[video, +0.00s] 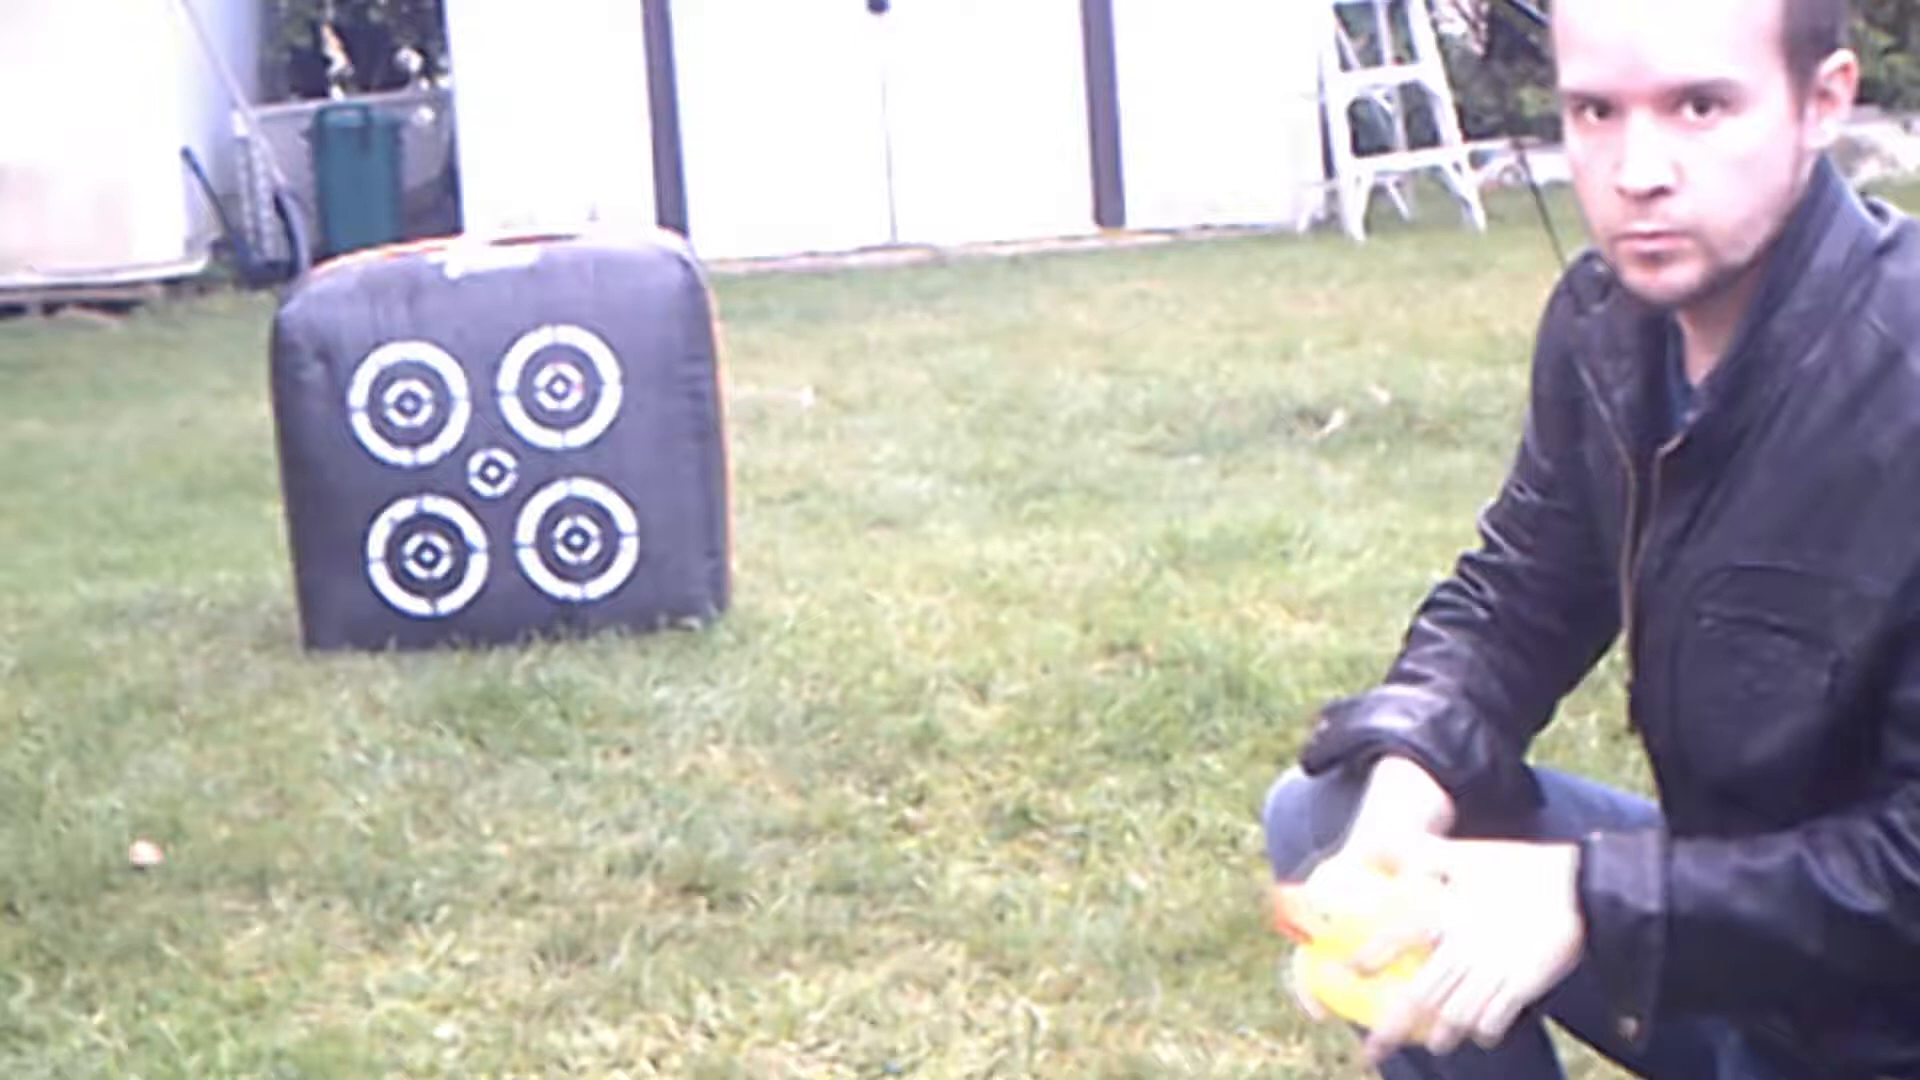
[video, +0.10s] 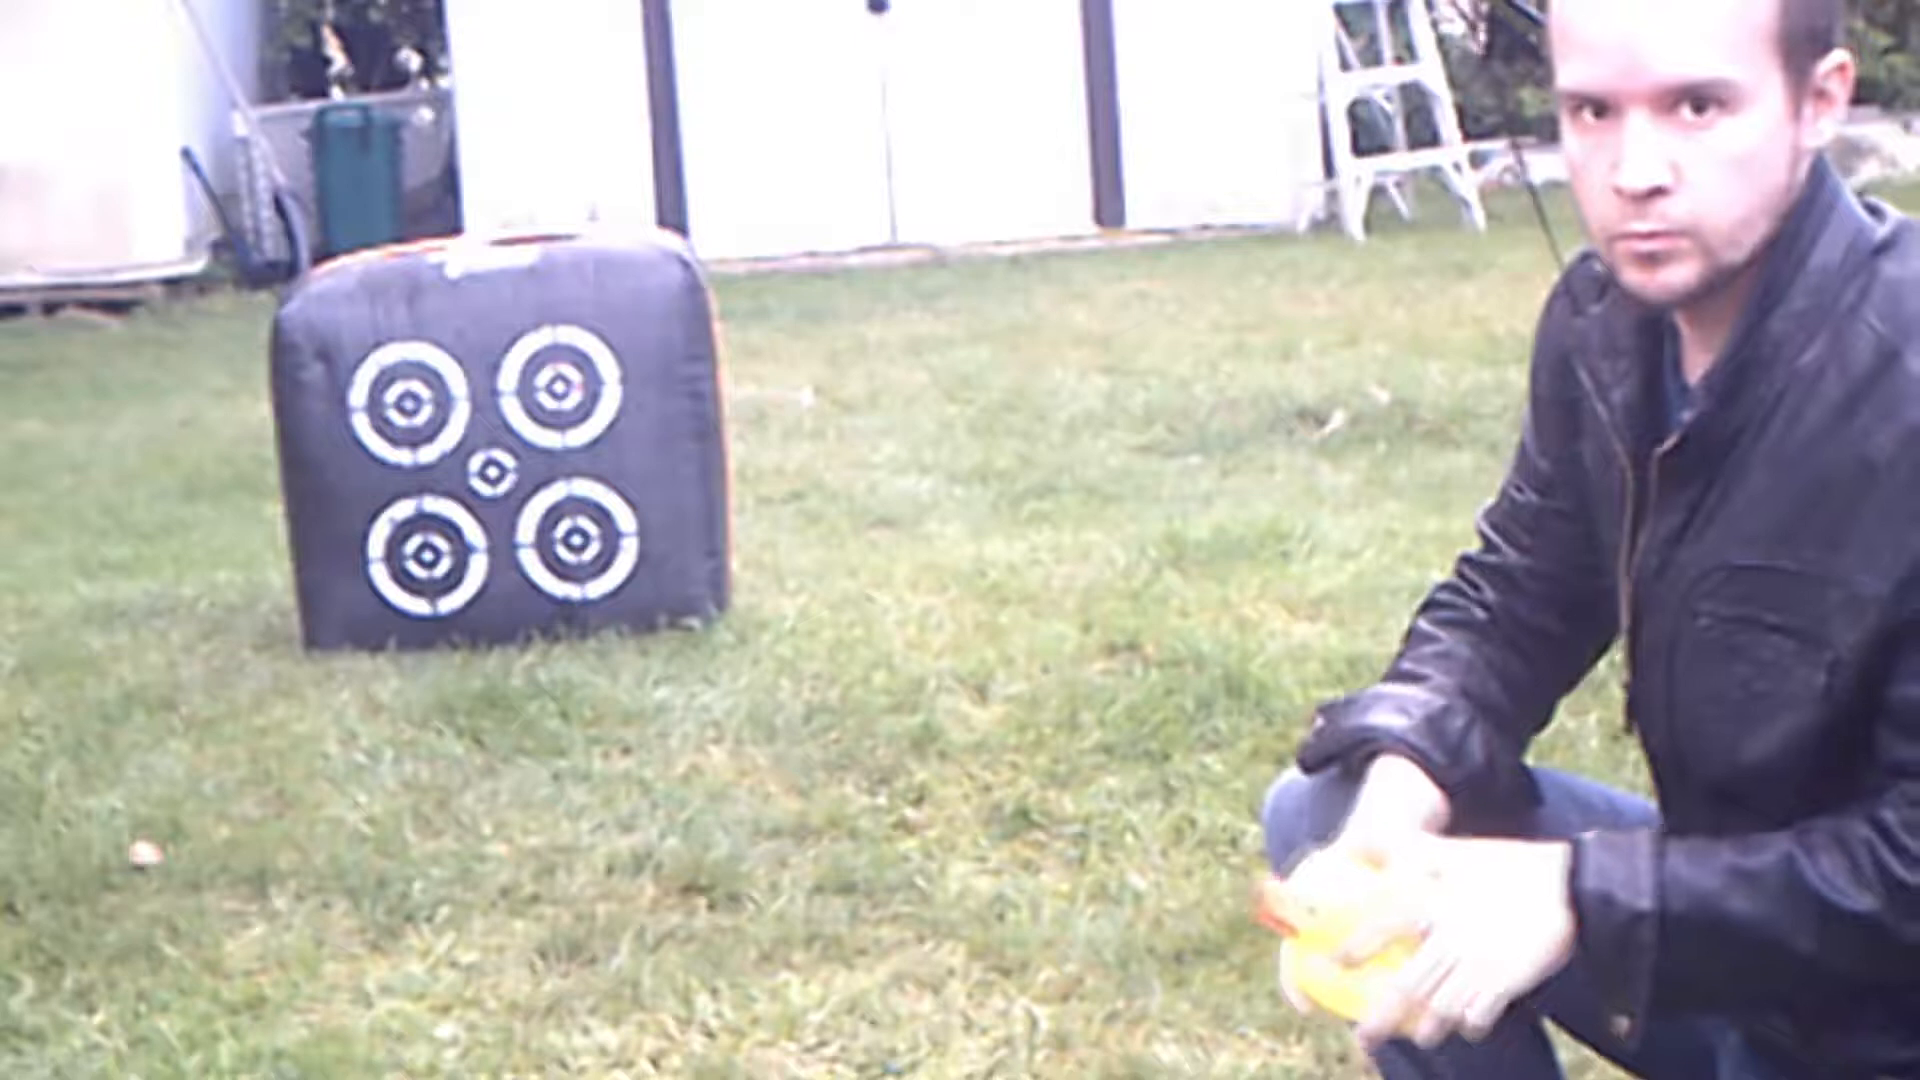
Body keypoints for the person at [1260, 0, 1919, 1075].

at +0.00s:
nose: (1638, 176)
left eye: (1701, 108)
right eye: (1596, 113)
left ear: (1825, 102)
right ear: (1561, 119)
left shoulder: (1899, 364)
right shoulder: (1603, 316)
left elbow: (1907, 858)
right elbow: (1520, 595)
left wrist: (1597, 896)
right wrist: (1412, 772)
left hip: (1878, 1022)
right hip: (1713, 926)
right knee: (1329, 815)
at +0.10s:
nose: (1636, 175)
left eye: (1699, 107)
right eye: (1593, 114)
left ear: (1822, 102)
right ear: (1558, 120)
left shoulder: (1898, 366)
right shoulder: (1601, 315)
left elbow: (1906, 859)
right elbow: (1519, 596)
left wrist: (1585, 893)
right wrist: (1407, 775)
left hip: (1876, 1021)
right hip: (1712, 927)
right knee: (1330, 810)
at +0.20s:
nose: (1628, 174)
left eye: (1691, 106)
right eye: (1584, 113)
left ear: (1812, 101)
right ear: (1549, 118)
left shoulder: (1899, 368)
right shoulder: (1592, 315)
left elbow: (1901, 858)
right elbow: (1512, 601)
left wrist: (1567, 881)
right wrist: (1400, 766)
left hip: (1875, 1030)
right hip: (1716, 938)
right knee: (1332, 807)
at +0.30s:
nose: (1622, 174)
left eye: (1684, 105)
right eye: (1578, 113)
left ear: (1805, 100)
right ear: (1543, 118)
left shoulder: (1902, 372)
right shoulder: (1584, 315)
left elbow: (1903, 853)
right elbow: (1509, 605)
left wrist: (1561, 864)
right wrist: (1393, 759)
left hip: (1877, 1034)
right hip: (1718, 951)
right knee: (1338, 805)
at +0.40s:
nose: (1616, 170)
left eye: (1678, 103)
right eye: (1574, 110)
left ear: (1801, 99)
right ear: (1538, 117)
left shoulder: (1899, 369)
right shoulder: (1579, 318)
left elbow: (1904, 846)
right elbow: (1508, 608)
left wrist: (1568, 858)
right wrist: (1384, 754)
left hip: (1877, 1032)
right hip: (1714, 959)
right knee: (1369, 845)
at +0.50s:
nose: (1614, 168)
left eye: (1675, 101)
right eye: (1572, 109)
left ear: (1798, 98)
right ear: (1536, 116)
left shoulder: (1901, 367)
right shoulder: (1578, 318)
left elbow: (1906, 846)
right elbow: (1512, 608)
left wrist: (1574, 847)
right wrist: (1387, 745)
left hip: (1879, 1032)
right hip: (1714, 967)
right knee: (1354, 869)